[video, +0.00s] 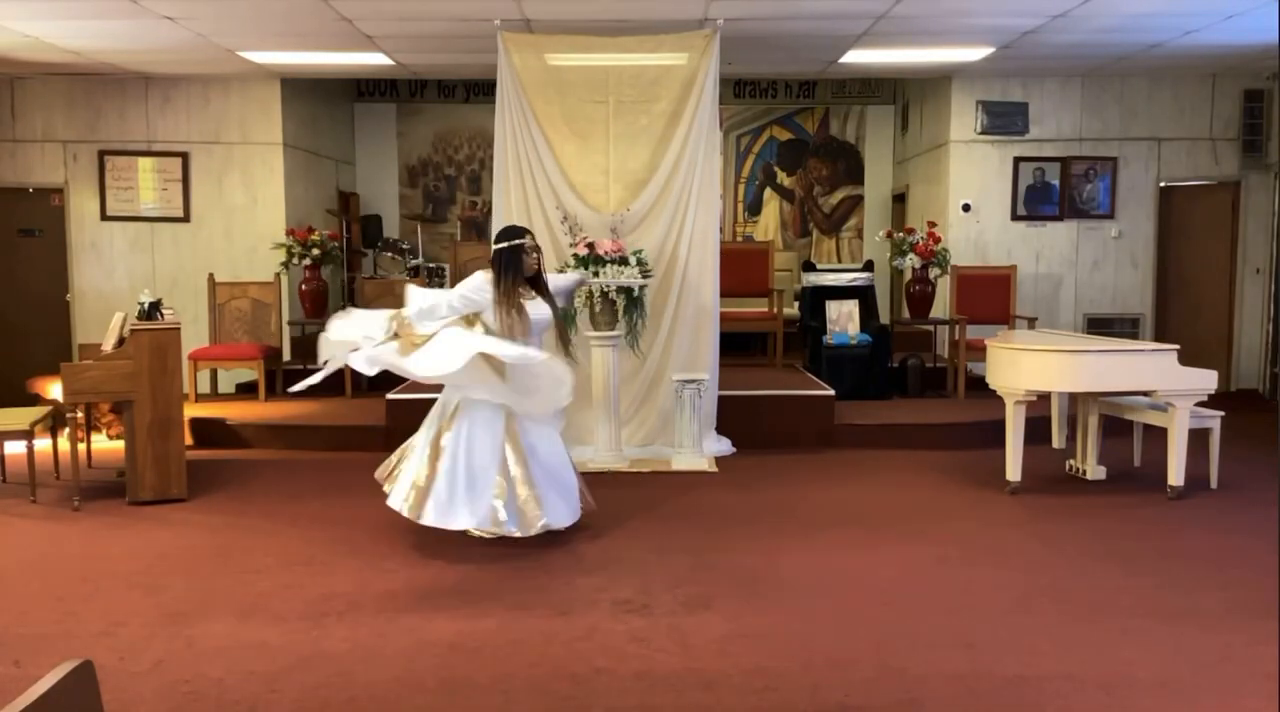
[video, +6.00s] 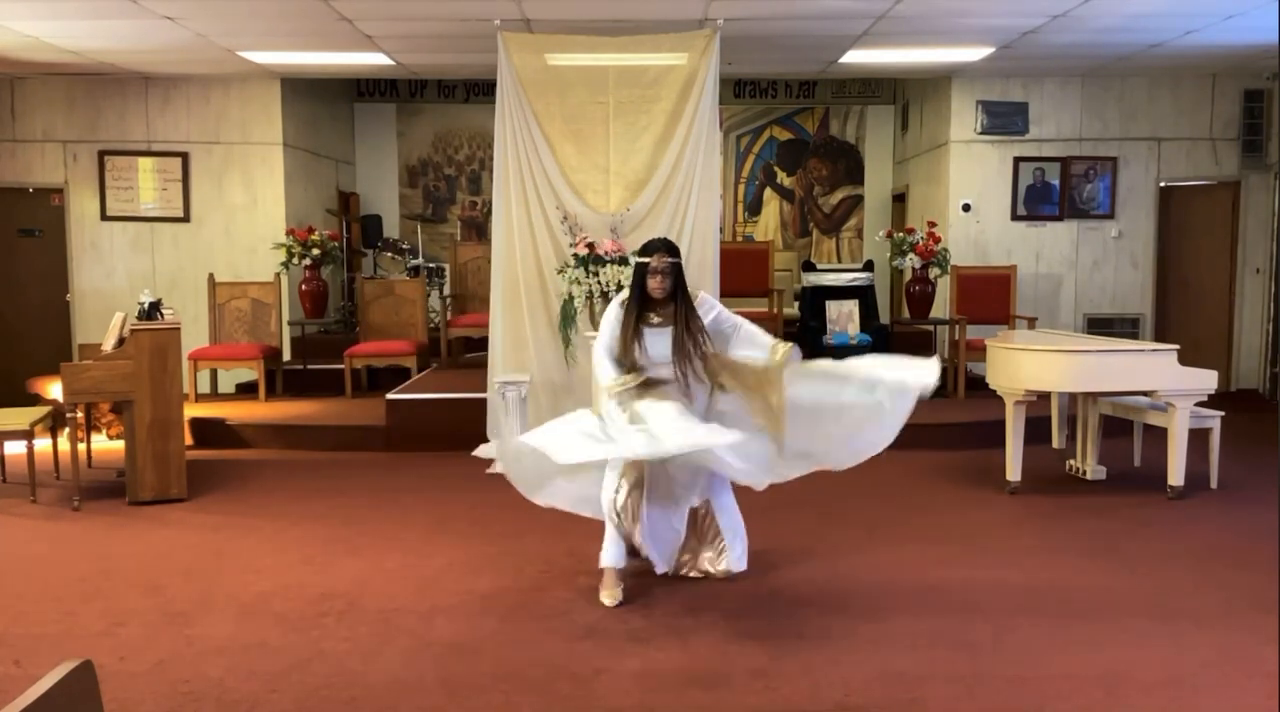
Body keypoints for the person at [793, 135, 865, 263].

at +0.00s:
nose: (817, 176)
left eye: (823, 169)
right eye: (813, 170)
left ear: (839, 166)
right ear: (808, 172)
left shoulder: (854, 193)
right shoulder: (818, 194)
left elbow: (828, 227)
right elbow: (799, 233)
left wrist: (808, 197)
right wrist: (799, 197)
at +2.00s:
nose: (817, 176)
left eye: (823, 169)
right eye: (813, 170)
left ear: (839, 166)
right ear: (808, 172)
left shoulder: (854, 193)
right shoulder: (818, 194)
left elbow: (828, 227)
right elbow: (800, 233)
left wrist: (808, 196)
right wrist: (799, 197)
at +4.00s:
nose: (815, 176)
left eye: (820, 170)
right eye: (812, 171)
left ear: (840, 165)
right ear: (808, 173)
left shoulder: (854, 193)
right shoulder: (820, 195)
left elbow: (828, 227)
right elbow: (800, 232)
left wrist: (808, 197)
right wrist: (799, 197)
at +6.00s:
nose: (815, 176)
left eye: (821, 170)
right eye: (812, 171)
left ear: (840, 166)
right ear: (808, 172)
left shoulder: (854, 193)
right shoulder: (819, 195)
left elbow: (828, 227)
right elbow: (799, 233)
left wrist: (808, 197)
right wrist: (798, 197)